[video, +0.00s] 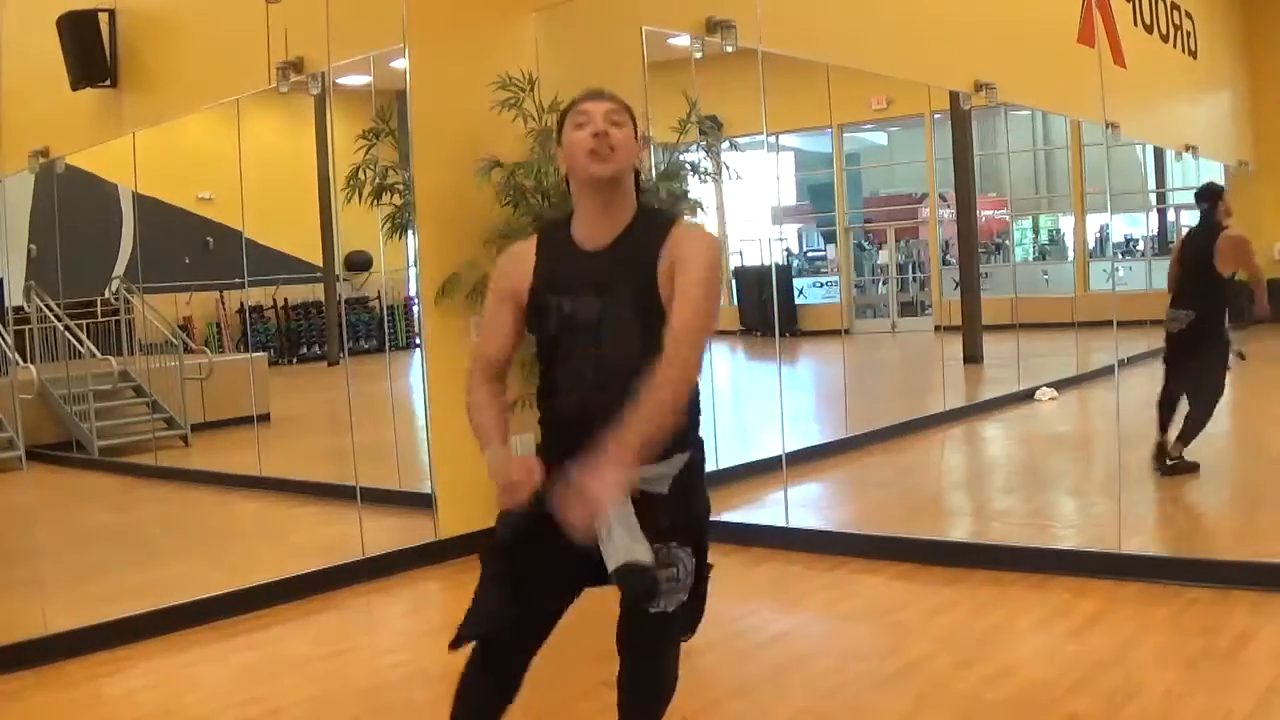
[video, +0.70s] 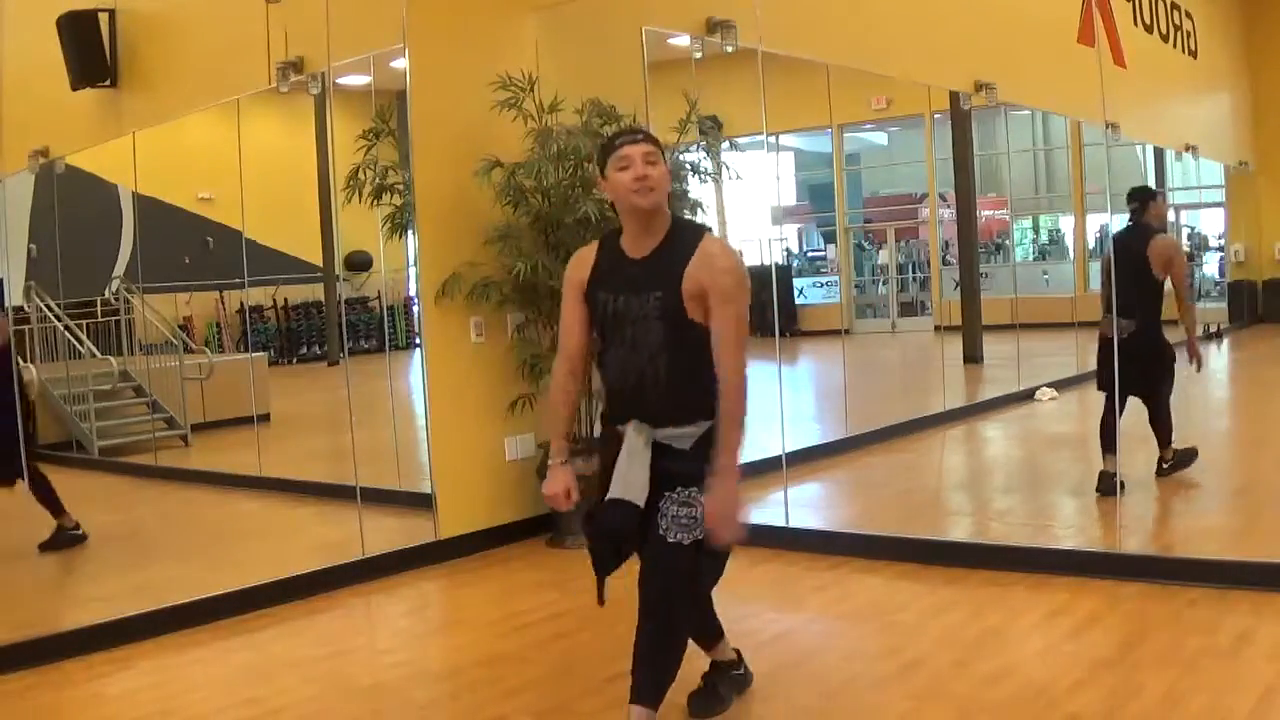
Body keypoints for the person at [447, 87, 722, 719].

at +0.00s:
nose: (599, 130)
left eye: (615, 122)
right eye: (582, 124)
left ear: (640, 150)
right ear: (561, 157)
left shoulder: (687, 247)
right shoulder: (523, 261)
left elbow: (675, 378)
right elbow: (488, 373)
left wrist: (607, 467)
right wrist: (500, 457)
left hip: (659, 488)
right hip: (560, 482)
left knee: (646, 681)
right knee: (494, 663)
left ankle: (639, 717)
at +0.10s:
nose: (595, 143)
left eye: (610, 136)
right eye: (579, 138)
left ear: (635, 161)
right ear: (559, 171)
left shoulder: (684, 261)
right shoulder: (521, 272)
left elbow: (729, 388)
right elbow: (515, 393)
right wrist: (531, 501)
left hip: (663, 488)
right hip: (567, 485)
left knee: (643, 671)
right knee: (510, 630)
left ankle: (636, 719)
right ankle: (477, 711)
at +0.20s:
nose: (602, 133)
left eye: (616, 126)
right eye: (585, 127)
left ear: (638, 154)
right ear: (564, 159)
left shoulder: (691, 248)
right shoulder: (528, 256)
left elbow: (762, 315)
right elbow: (515, 375)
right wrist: (563, 461)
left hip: (659, 470)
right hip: (567, 462)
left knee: (643, 632)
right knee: (544, 595)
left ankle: (635, 714)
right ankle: (538, 684)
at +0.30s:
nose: (618, 125)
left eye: (632, 116)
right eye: (601, 117)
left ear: (653, 139)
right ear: (579, 145)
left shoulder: (701, 224)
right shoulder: (541, 235)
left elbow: (766, 244)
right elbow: (514, 344)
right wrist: (571, 422)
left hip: (655, 453)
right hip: (568, 447)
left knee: (640, 613)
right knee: (576, 573)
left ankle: (631, 710)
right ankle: (608, 652)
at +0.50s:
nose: (640, 140)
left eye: (651, 132)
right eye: (624, 132)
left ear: (669, 153)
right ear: (598, 156)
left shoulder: (708, 237)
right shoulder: (561, 239)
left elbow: (777, 283)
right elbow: (537, 343)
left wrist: (803, 317)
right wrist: (559, 429)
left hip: (667, 443)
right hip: (592, 442)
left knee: (646, 595)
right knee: (623, 573)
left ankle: (632, 714)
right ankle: (704, 644)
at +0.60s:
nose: (639, 158)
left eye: (651, 150)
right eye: (623, 151)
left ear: (667, 171)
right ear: (600, 174)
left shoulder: (710, 258)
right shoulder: (572, 256)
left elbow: (769, 352)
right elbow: (552, 356)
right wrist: (553, 448)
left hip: (683, 452)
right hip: (611, 449)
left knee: (656, 601)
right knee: (657, 572)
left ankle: (636, 715)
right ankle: (720, 655)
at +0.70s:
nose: (642, 172)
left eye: (651, 161)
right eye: (625, 166)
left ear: (669, 175)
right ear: (605, 187)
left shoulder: (713, 260)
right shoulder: (587, 265)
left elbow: (732, 377)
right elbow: (569, 364)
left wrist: (725, 477)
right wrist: (558, 454)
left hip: (695, 443)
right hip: (626, 442)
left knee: (664, 583)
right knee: (668, 568)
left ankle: (641, 710)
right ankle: (726, 662)